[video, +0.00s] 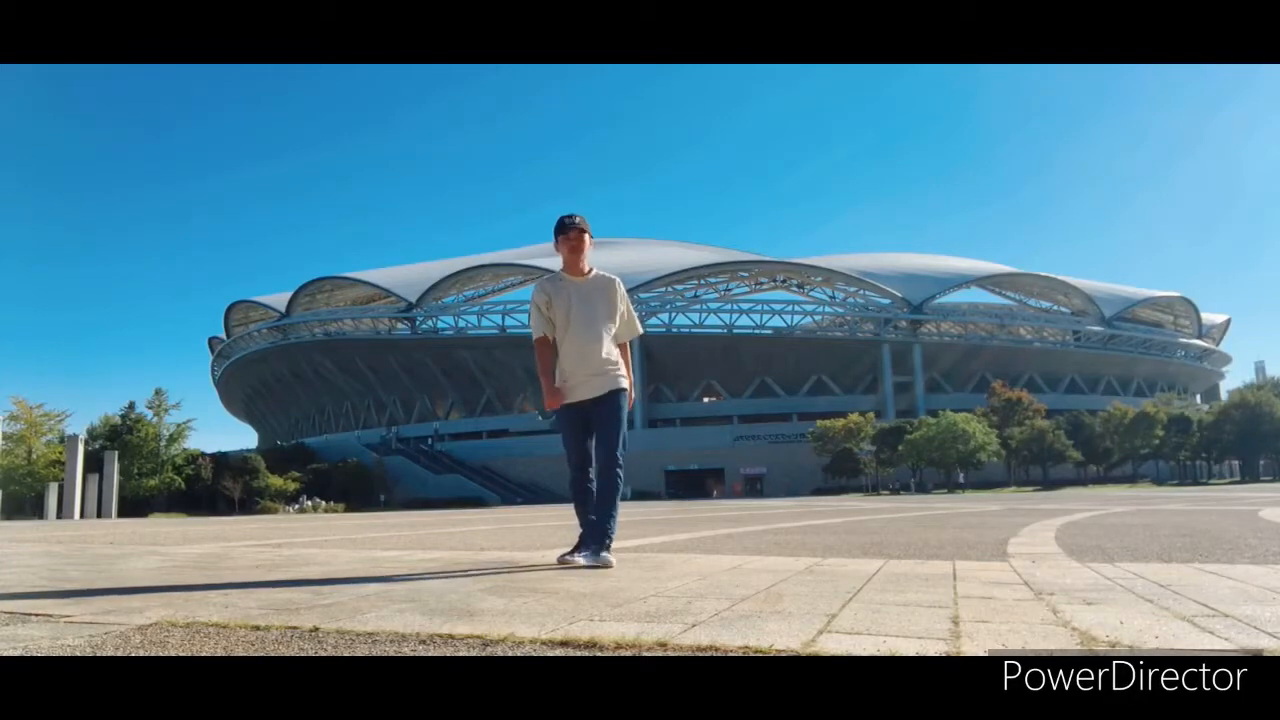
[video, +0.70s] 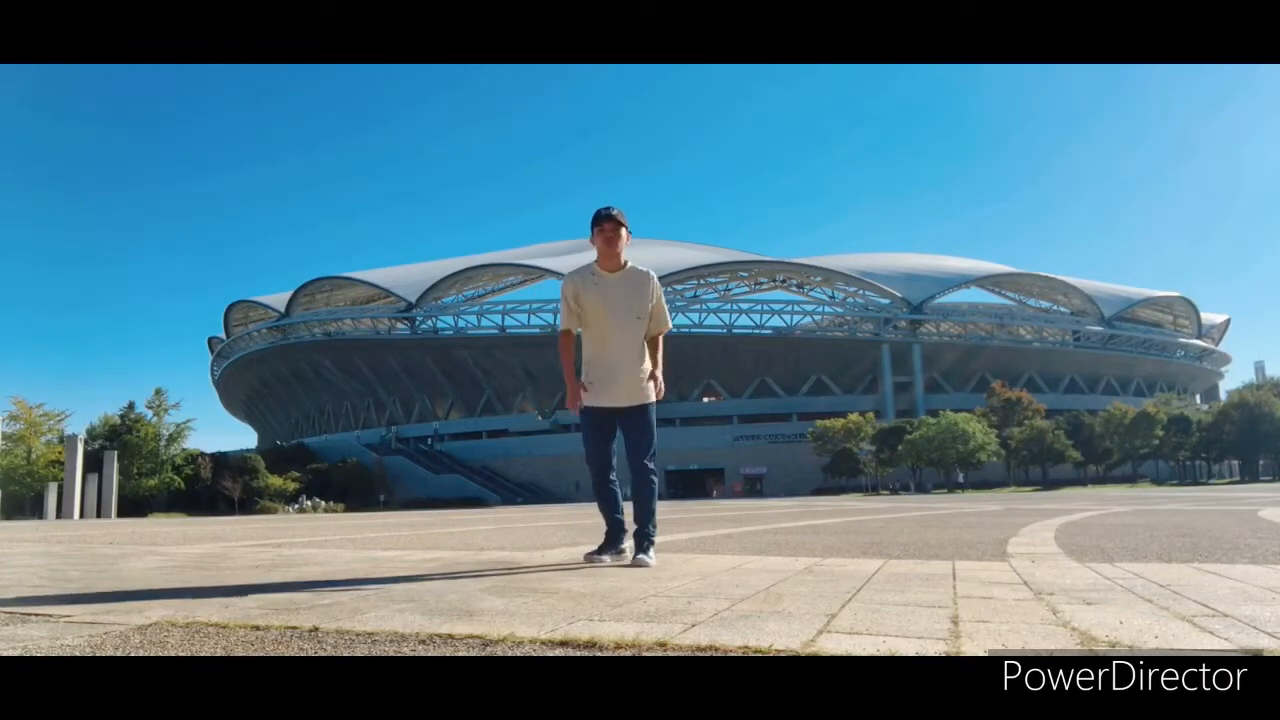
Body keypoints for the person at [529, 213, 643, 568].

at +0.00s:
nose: (576, 242)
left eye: (581, 236)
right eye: (569, 238)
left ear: (590, 242)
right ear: (557, 244)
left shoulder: (611, 285)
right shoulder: (545, 289)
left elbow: (622, 340)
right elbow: (542, 342)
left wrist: (628, 382)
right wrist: (548, 386)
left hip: (611, 384)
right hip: (569, 390)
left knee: (608, 464)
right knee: (579, 468)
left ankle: (601, 546)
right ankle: (588, 539)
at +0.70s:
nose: (611, 236)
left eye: (617, 230)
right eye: (604, 231)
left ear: (627, 237)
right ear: (593, 239)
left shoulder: (646, 280)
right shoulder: (575, 283)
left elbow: (656, 331)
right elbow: (566, 334)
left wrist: (657, 369)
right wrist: (571, 382)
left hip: (638, 391)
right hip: (595, 393)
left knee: (644, 468)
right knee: (600, 470)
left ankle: (645, 543)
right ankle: (615, 537)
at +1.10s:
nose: (639, 253)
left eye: (646, 247)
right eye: (631, 247)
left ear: (655, 253)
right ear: (620, 253)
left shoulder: (663, 293)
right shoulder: (595, 293)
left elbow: (646, 336)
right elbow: (555, 329)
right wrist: (525, 365)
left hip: (635, 395)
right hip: (591, 391)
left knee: (630, 471)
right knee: (581, 456)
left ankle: (618, 545)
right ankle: (603, 484)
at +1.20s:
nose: (628, 260)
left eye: (635, 254)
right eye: (620, 254)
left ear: (647, 259)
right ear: (610, 260)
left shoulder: (666, 293)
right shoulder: (593, 299)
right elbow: (558, 319)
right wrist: (534, 343)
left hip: (637, 405)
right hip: (594, 396)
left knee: (637, 477)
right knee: (560, 457)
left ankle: (618, 547)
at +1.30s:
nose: (614, 265)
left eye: (621, 259)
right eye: (607, 259)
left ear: (634, 264)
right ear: (597, 265)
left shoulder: (655, 311)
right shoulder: (586, 299)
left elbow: (686, 326)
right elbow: (574, 325)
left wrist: (712, 329)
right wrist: (572, 350)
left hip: (640, 400)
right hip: (599, 383)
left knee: (636, 476)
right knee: (567, 435)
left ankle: (616, 546)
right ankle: (544, 438)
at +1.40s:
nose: (613, 262)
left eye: (620, 255)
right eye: (606, 255)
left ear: (632, 259)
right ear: (594, 259)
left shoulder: (645, 302)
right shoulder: (582, 294)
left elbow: (658, 360)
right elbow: (593, 336)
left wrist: (665, 411)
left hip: (640, 385)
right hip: (601, 375)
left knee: (638, 472)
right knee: (598, 417)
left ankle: (619, 544)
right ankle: (598, 508)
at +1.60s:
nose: (615, 251)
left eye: (622, 244)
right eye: (608, 244)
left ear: (633, 246)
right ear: (596, 246)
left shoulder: (644, 277)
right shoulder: (587, 279)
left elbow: (618, 316)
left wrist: (570, 281)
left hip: (652, 385)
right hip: (611, 384)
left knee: (647, 469)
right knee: (629, 465)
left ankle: (619, 543)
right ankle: (661, 544)